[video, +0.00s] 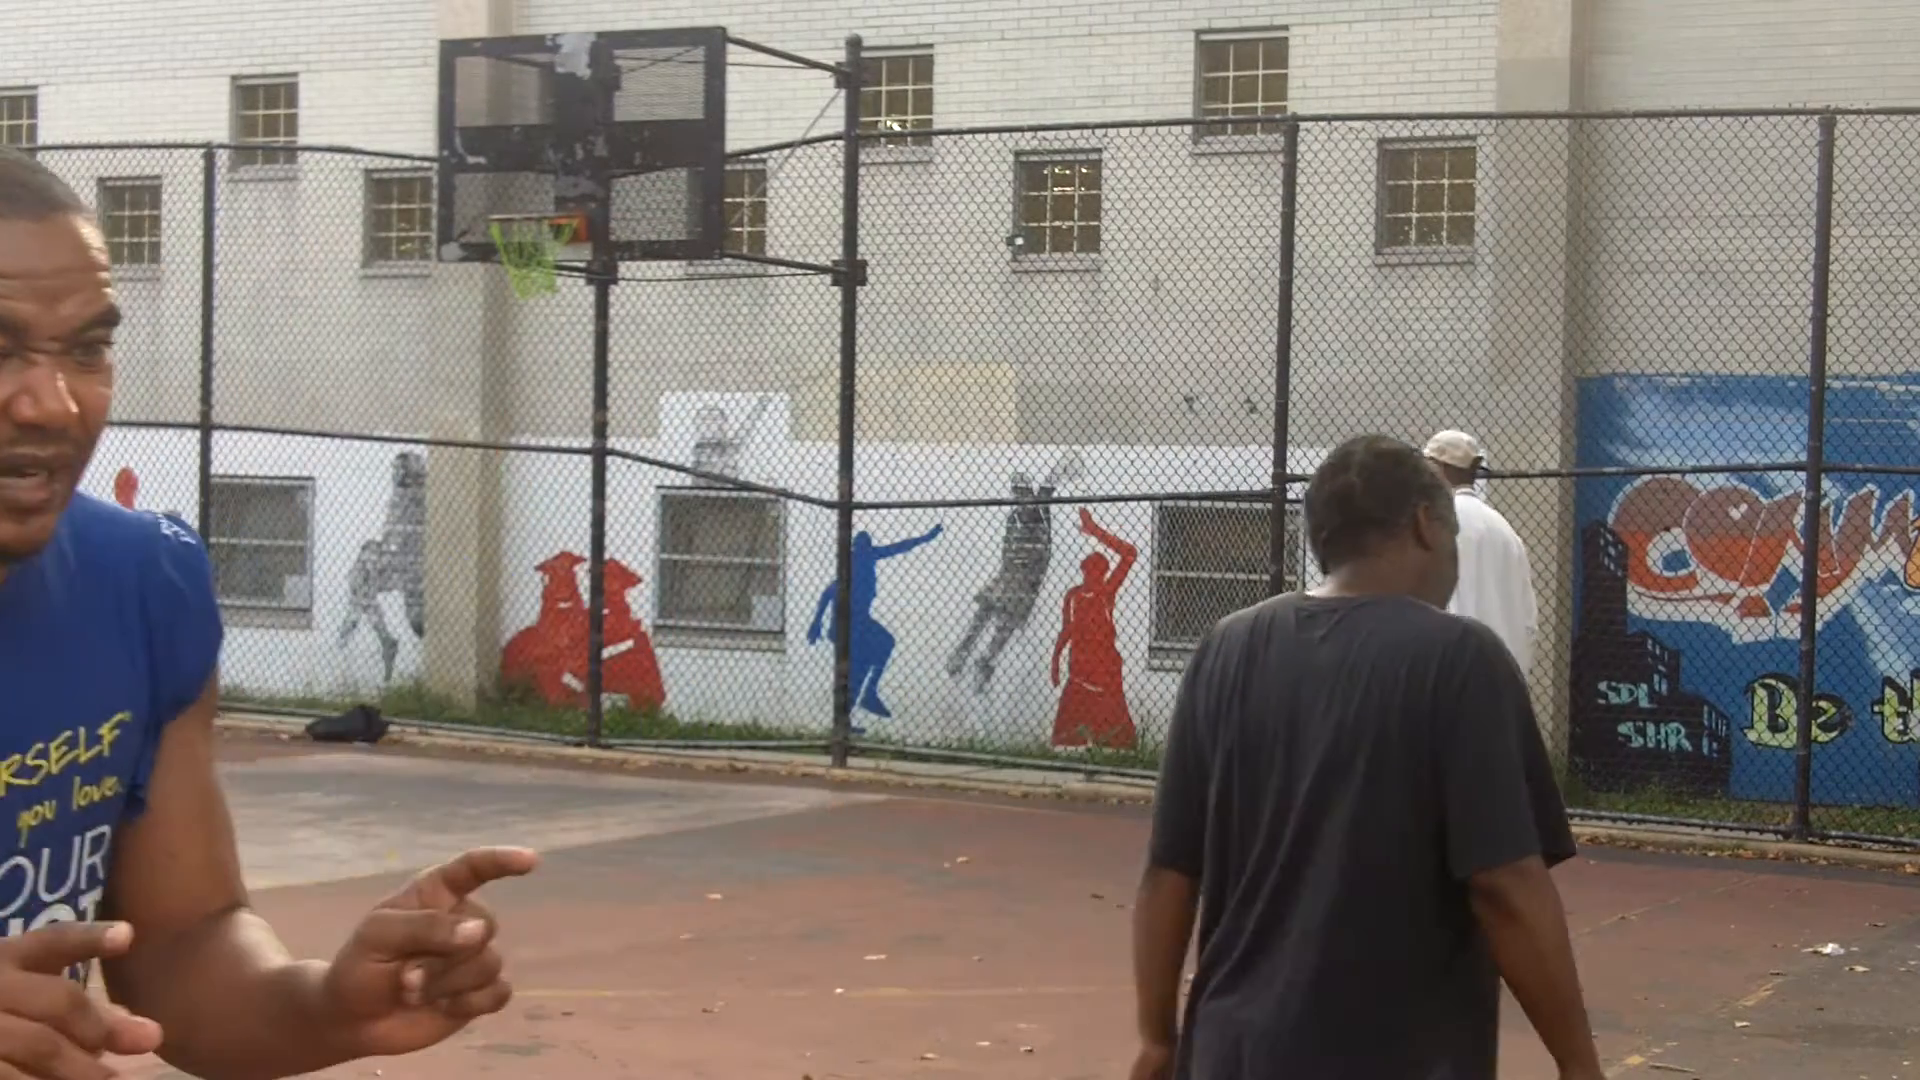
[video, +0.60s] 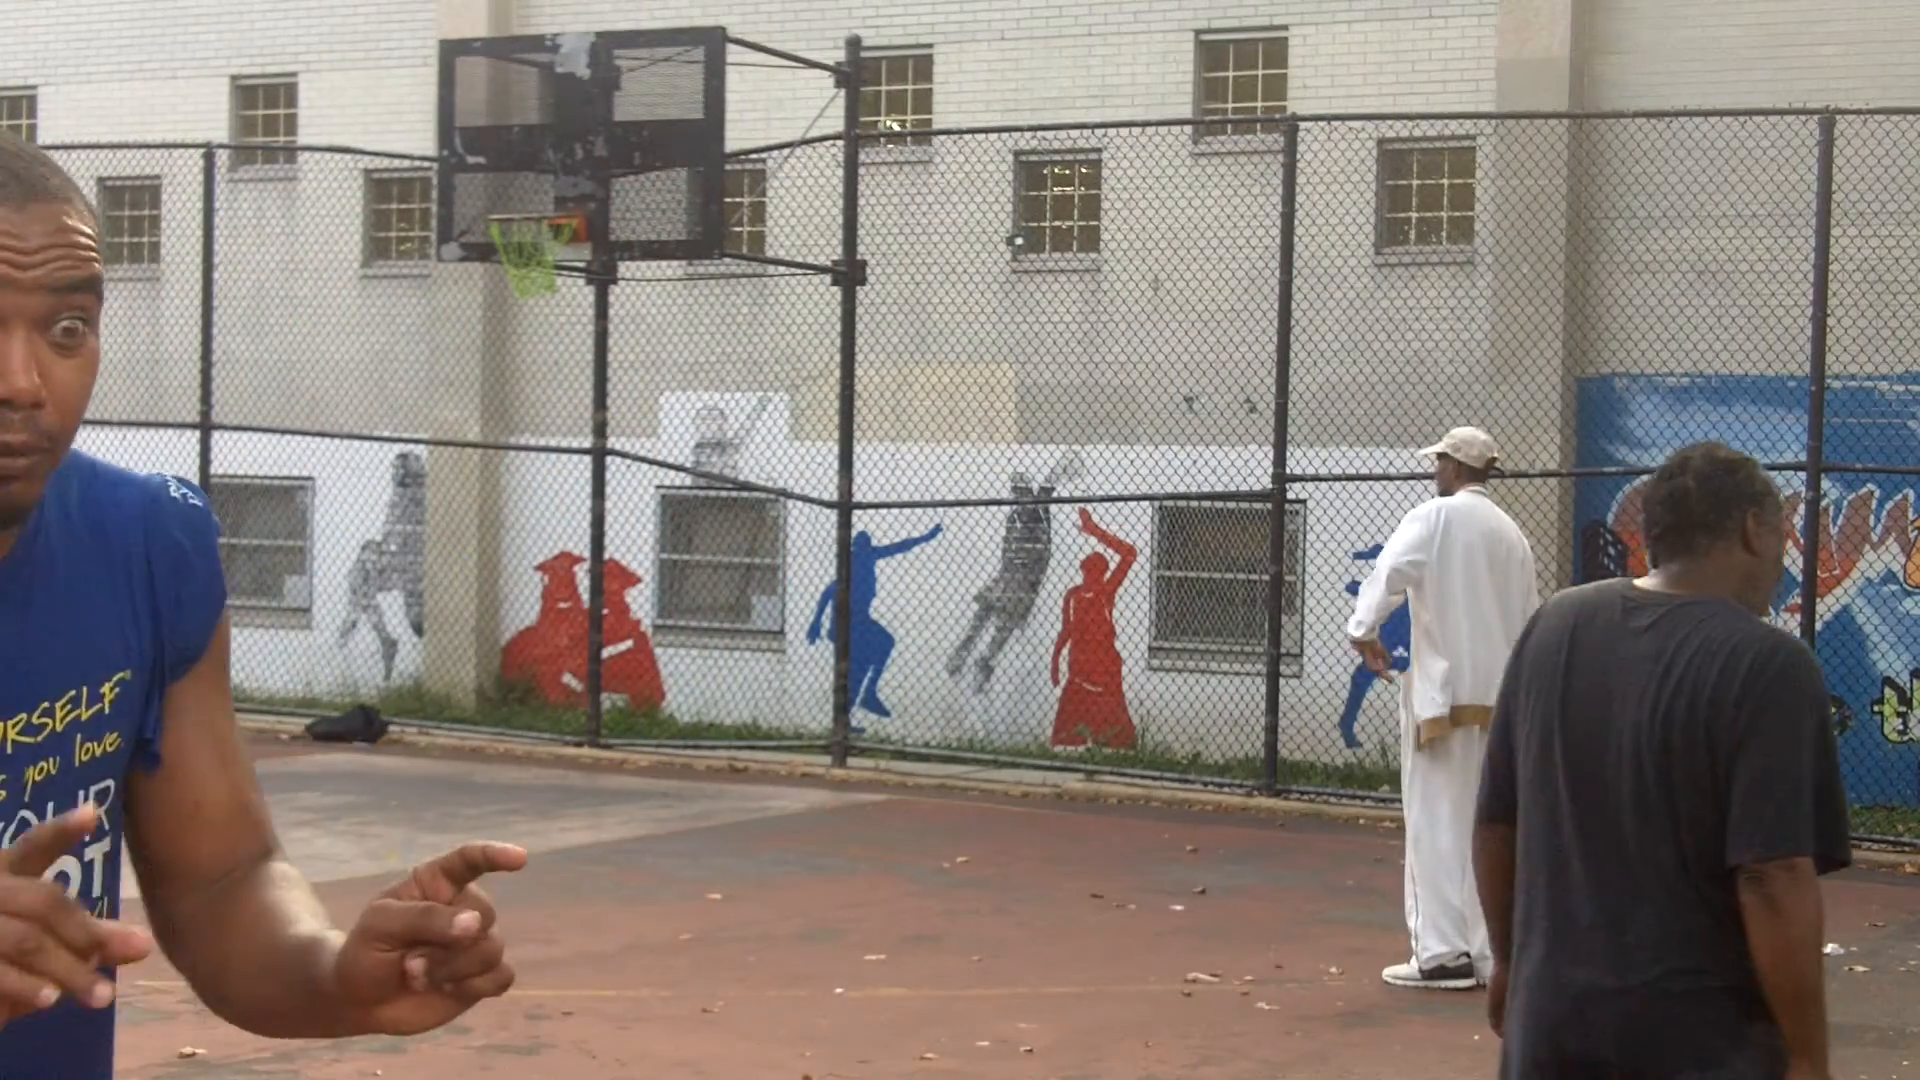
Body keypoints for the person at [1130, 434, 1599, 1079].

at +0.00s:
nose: (1457, 554)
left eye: (1455, 531)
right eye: (1453, 529)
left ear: (1326, 541)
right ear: (1425, 522)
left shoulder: (1228, 646)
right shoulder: (1457, 655)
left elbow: (1169, 870)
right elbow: (1504, 881)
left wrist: (1155, 1036)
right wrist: (1580, 1062)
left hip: (1229, 1047)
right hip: (1406, 1054)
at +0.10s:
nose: (1504, 547)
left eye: (1504, 524)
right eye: (1501, 522)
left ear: (1373, 531)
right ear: (1472, 515)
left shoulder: (1273, 636)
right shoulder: (1494, 647)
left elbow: (1223, 865)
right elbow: (1524, 871)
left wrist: (1237, 1025)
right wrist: (1589, 1060)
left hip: (1273, 1045)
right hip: (1447, 1052)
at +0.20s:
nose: (1557, 550)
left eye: (1557, 529)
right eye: (1554, 526)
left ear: (1425, 529)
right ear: (1520, 517)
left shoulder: (1319, 633)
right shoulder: (1535, 650)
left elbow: (1275, 848)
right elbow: (1548, 872)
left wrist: (1309, 994)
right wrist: (1604, 1060)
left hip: (1316, 1042)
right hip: (1482, 1050)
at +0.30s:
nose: (1612, 560)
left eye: (1612, 541)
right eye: (1608, 538)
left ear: (1483, 533)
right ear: (1574, 525)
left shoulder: (1378, 630)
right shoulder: (1588, 657)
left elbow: (1332, 838)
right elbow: (1584, 876)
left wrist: (1371, 981)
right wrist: (1627, 1063)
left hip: (1362, 1037)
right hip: (1521, 1049)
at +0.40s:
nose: (1672, 573)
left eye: (1674, 552)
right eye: (1669, 550)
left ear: (1545, 546)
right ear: (1634, 540)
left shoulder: (1443, 640)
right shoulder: (1644, 668)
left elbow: (1388, 838)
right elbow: (1633, 879)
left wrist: (1453, 968)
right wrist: (1668, 1065)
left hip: (1416, 1043)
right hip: (1570, 1053)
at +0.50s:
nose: (1734, 571)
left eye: (1734, 548)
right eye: (1730, 546)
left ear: (1610, 548)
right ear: (1701, 541)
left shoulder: (1504, 636)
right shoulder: (1708, 673)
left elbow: (1449, 838)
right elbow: (1699, 886)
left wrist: (1494, 973)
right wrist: (1729, 1063)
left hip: (1485, 1044)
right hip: (1637, 1052)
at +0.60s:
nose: (1785, 557)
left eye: (1786, 537)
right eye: (1782, 535)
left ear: (1656, 539)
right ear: (1752, 530)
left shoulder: (1553, 623)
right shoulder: (1767, 662)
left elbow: (1495, 826)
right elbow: (1771, 875)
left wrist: (1504, 958)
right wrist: (1809, 1058)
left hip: (1548, 1020)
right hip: (1705, 1038)